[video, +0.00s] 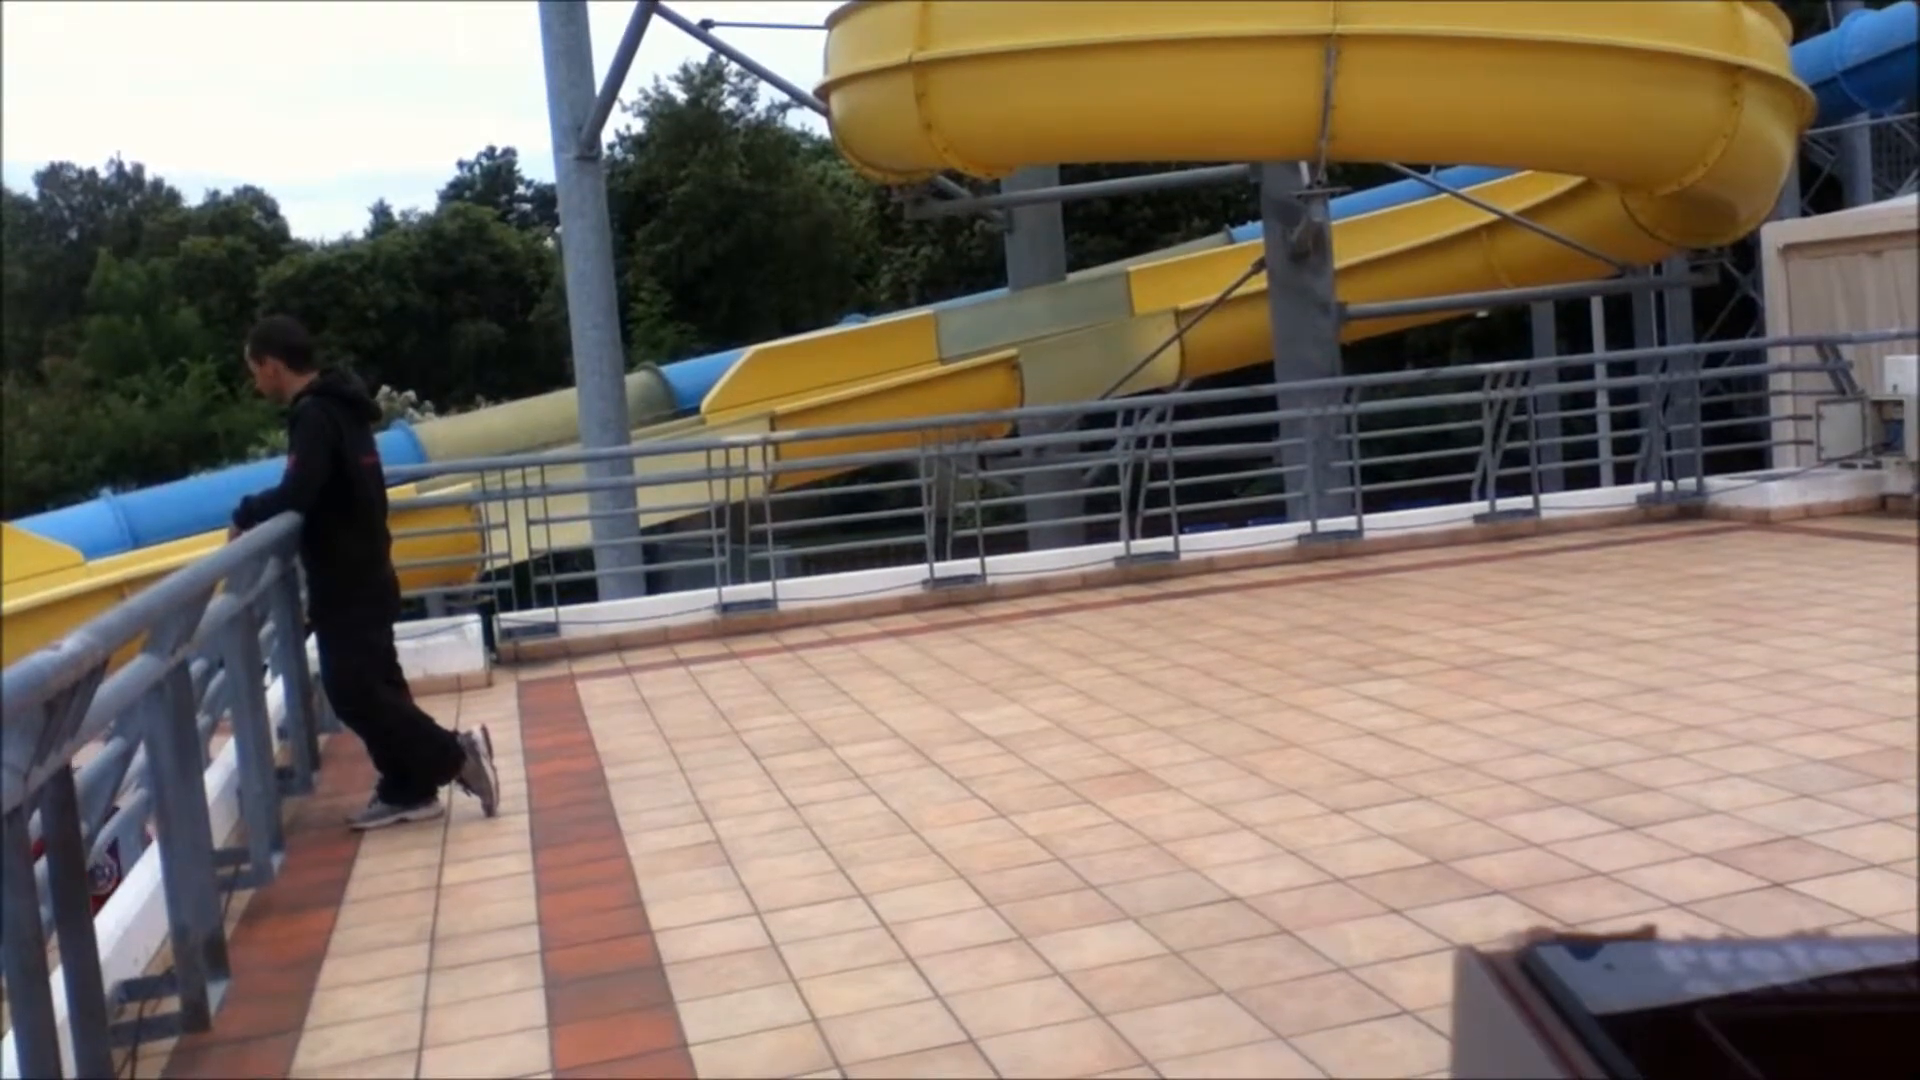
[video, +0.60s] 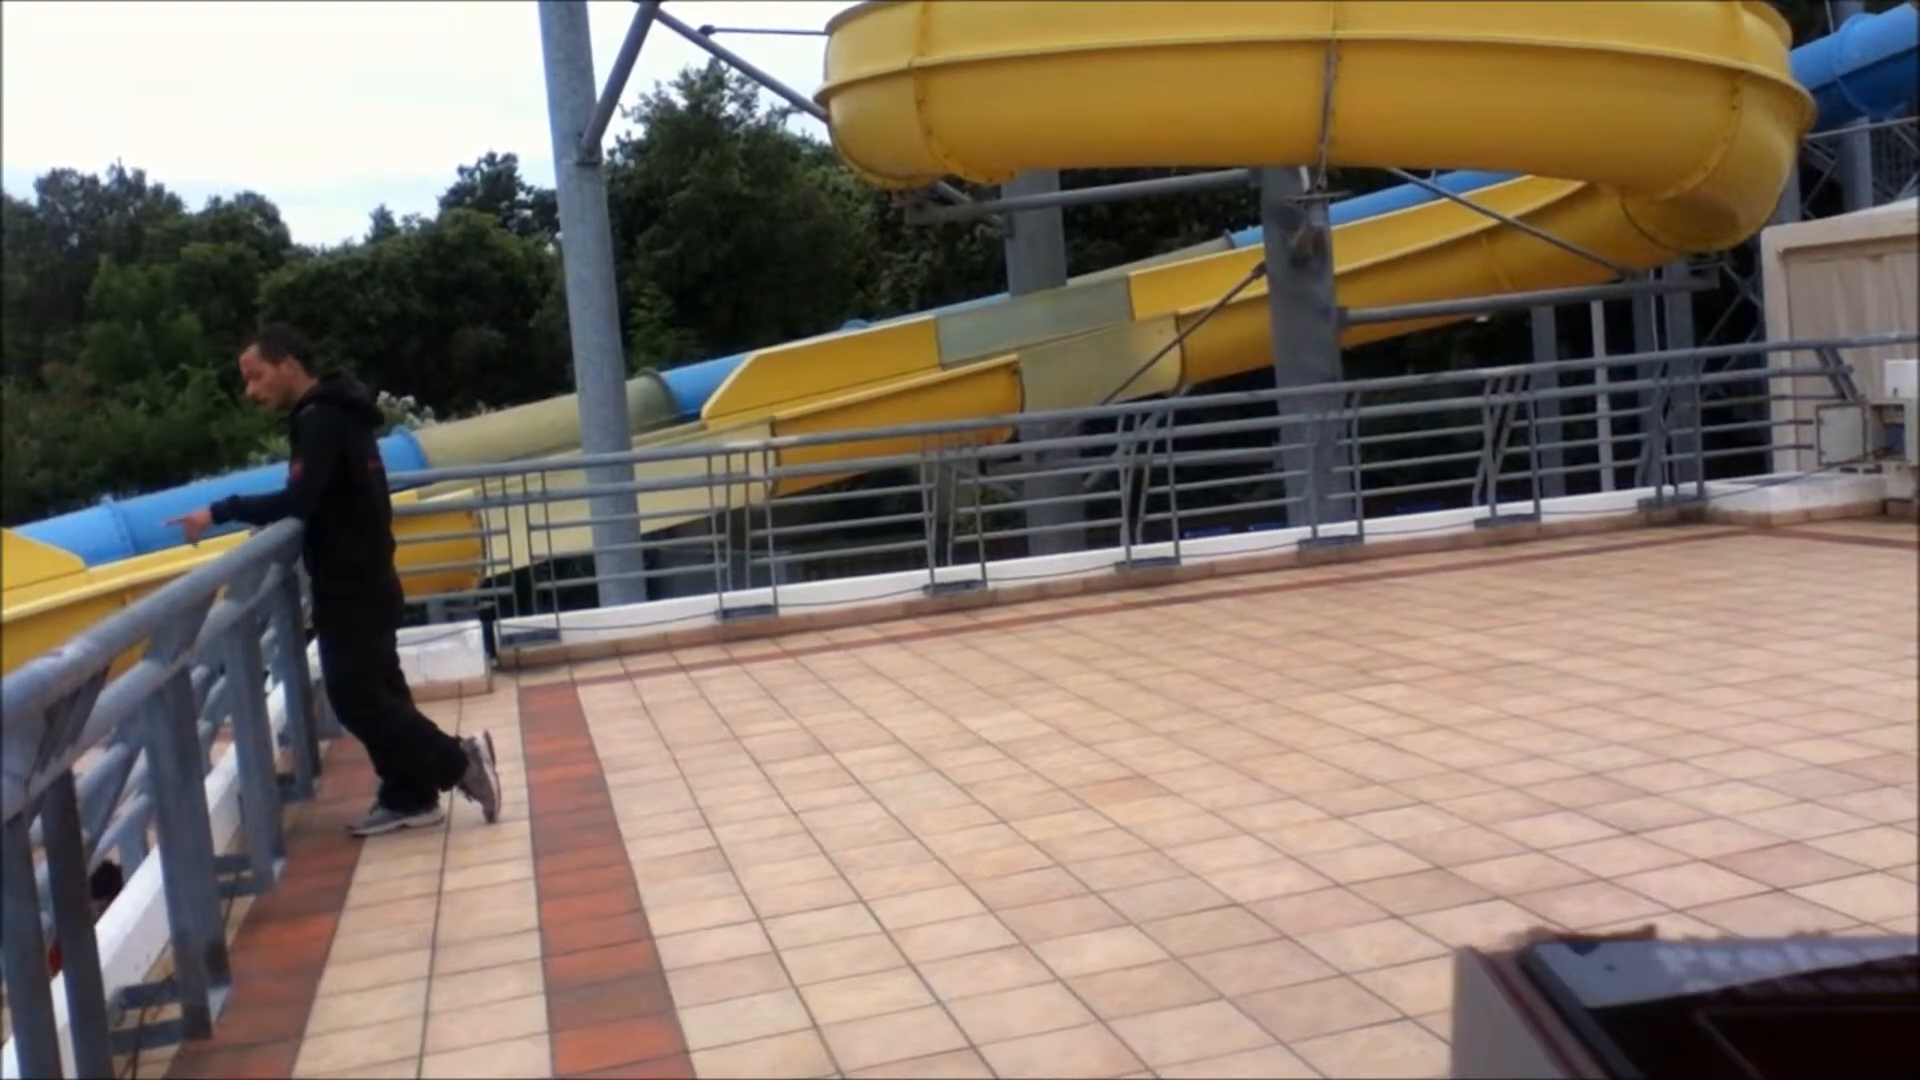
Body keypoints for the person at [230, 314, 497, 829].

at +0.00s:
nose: (255, 381)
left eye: (256, 370)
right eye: (253, 371)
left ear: (276, 365)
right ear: (298, 360)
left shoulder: (314, 414)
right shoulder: (338, 404)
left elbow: (300, 494)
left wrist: (245, 513)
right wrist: (263, 514)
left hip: (345, 579)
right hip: (365, 574)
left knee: (350, 694)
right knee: (377, 682)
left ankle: (453, 754)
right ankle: (406, 791)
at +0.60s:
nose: (251, 391)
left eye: (255, 377)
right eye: (247, 381)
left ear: (290, 366)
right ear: (289, 371)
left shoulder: (317, 420)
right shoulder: (337, 409)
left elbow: (301, 502)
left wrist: (221, 511)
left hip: (350, 586)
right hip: (365, 579)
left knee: (354, 699)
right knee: (379, 687)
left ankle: (457, 763)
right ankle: (408, 798)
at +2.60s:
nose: (260, 396)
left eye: (262, 382)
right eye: (255, 386)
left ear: (291, 368)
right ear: (296, 372)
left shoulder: (321, 421)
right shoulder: (341, 412)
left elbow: (308, 500)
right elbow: (324, 498)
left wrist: (255, 515)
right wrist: (271, 514)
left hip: (345, 588)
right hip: (363, 582)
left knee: (350, 700)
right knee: (377, 688)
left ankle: (454, 763)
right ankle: (407, 800)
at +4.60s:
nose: (252, 362)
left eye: (253, 347)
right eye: (248, 350)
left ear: (283, 335)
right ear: (288, 338)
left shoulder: (317, 388)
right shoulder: (334, 379)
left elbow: (303, 468)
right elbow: (315, 464)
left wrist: (252, 482)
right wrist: (268, 480)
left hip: (342, 554)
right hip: (357, 549)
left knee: (346, 667)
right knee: (371, 656)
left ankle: (449, 731)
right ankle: (403, 767)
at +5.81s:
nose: (314, 332)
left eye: (325, 322)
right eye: (303, 322)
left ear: (343, 328)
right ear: (289, 330)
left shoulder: (361, 383)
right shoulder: (323, 387)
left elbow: (342, 466)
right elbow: (333, 459)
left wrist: (273, 458)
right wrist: (282, 470)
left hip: (402, 543)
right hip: (371, 543)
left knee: (389, 650)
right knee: (357, 652)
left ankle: (482, 721)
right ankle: (400, 763)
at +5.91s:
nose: (344, 319)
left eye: (355, 310)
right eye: (332, 309)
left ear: (369, 319)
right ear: (313, 319)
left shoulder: (398, 378)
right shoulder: (323, 383)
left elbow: (403, 461)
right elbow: (326, 452)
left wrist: (321, 456)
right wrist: (293, 470)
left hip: (419, 531)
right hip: (371, 535)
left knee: (418, 644)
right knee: (365, 654)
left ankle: (467, 730)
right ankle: (400, 760)